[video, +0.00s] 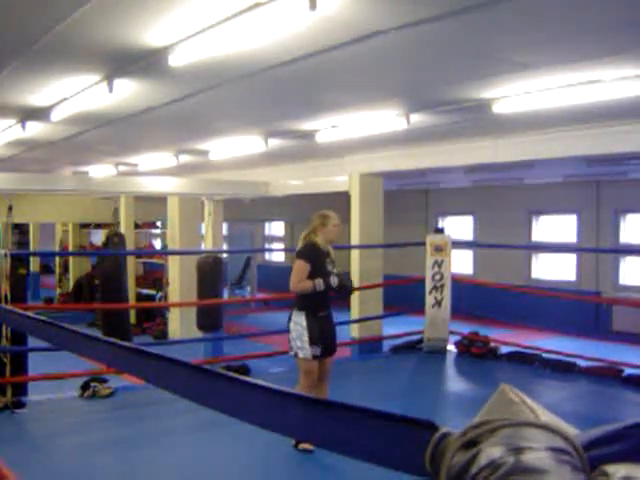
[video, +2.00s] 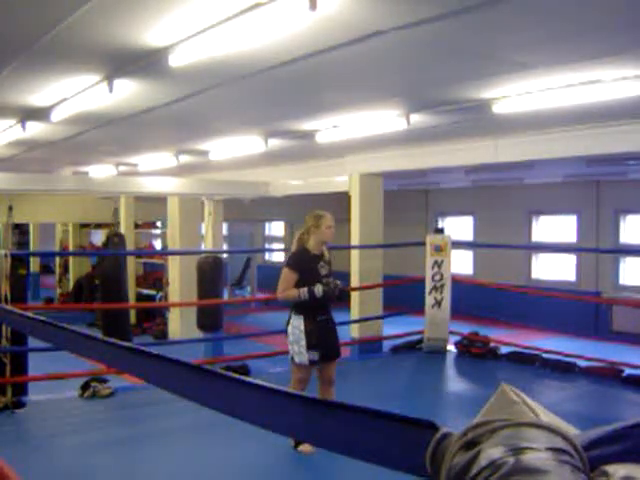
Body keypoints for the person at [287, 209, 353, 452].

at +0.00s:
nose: (339, 231)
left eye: (339, 226)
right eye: (335, 226)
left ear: (328, 228)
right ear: (321, 227)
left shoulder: (328, 252)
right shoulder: (308, 250)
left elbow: (325, 281)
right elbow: (295, 284)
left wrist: (339, 282)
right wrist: (326, 283)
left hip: (323, 313)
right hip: (304, 314)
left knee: (323, 375)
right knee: (309, 375)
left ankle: (318, 429)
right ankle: (302, 432)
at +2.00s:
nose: (332, 232)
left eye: (333, 228)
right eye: (328, 228)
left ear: (327, 231)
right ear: (314, 229)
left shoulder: (325, 257)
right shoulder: (298, 257)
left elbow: (321, 286)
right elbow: (282, 292)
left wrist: (334, 288)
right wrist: (313, 291)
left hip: (324, 317)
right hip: (303, 318)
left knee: (328, 379)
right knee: (300, 379)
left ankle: (326, 430)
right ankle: (297, 433)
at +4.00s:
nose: (345, 234)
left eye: (346, 229)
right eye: (342, 229)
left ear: (336, 230)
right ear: (327, 229)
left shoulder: (334, 257)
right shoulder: (312, 255)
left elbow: (331, 289)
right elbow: (296, 290)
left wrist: (349, 291)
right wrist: (327, 289)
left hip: (334, 317)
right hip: (314, 318)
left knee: (334, 377)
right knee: (308, 379)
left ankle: (329, 428)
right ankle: (299, 431)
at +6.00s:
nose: (346, 233)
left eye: (347, 229)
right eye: (343, 229)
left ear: (338, 230)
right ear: (329, 229)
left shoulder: (336, 258)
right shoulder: (314, 256)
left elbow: (333, 288)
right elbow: (298, 290)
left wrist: (350, 291)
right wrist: (330, 289)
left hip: (335, 318)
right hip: (316, 319)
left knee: (334, 378)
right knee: (309, 379)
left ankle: (331, 428)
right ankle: (298, 431)